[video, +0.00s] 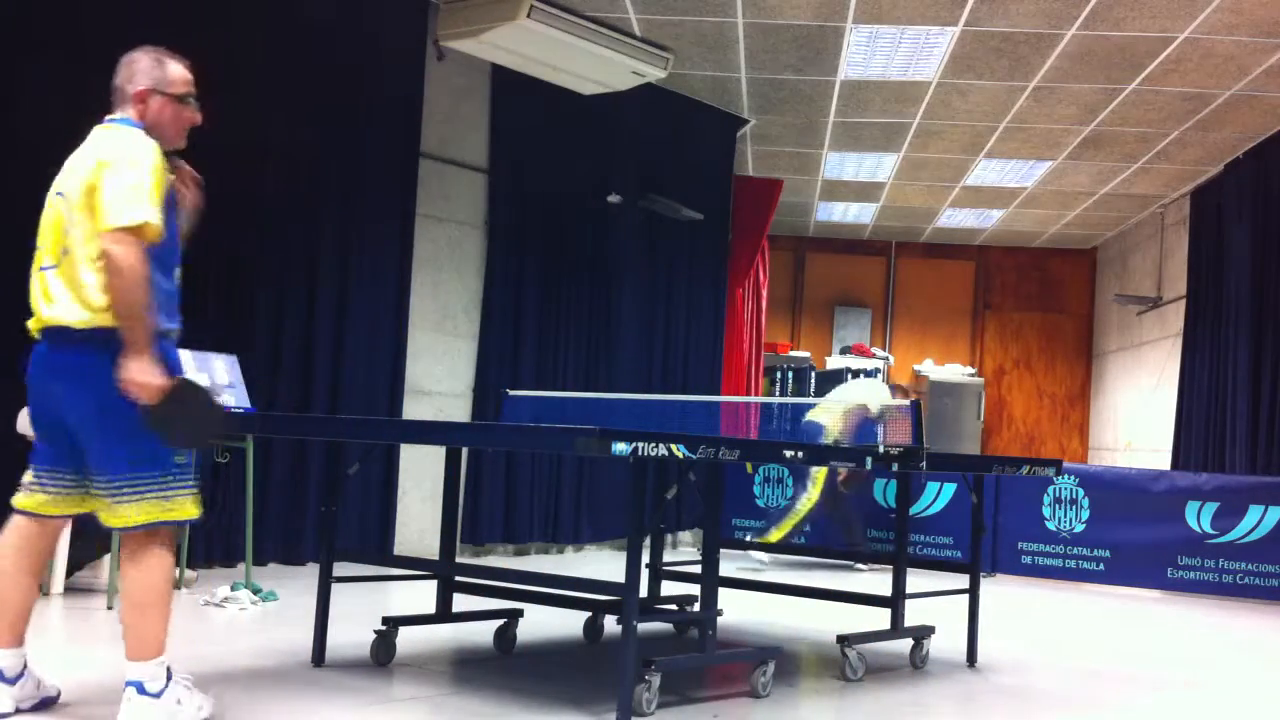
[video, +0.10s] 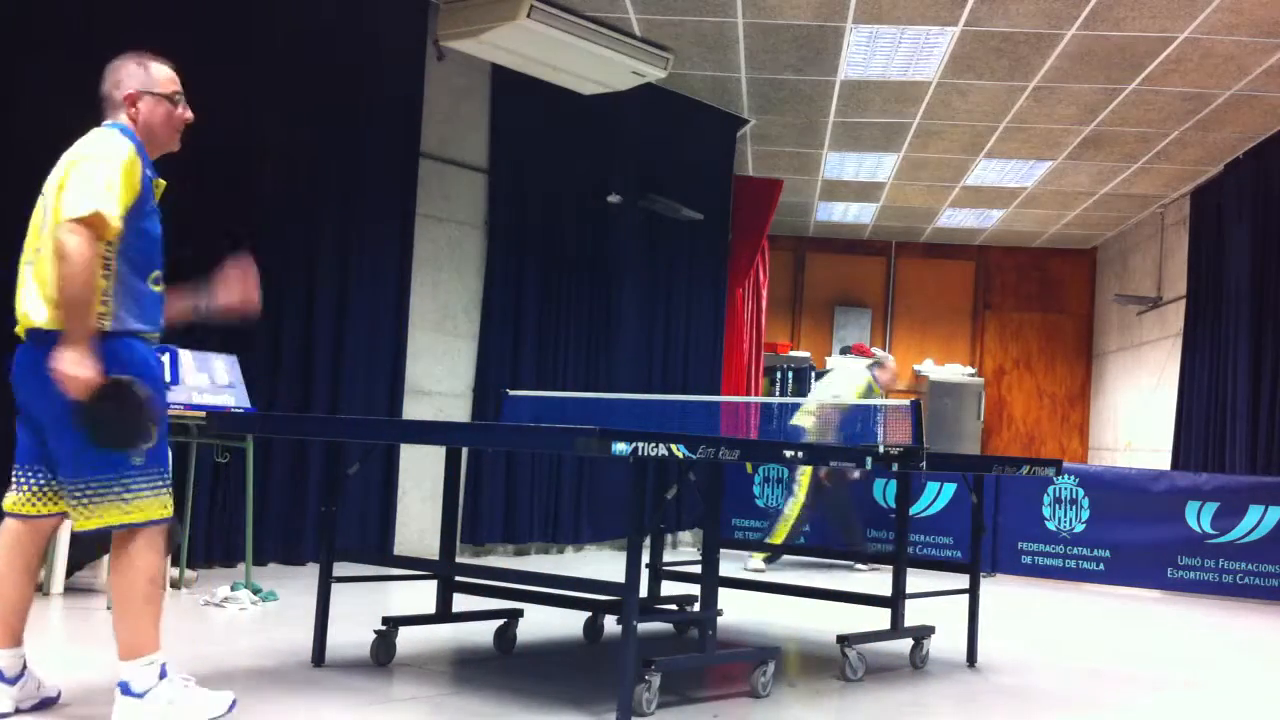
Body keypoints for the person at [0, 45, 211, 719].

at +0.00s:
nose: (196, 113)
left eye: (195, 100)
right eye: (186, 99)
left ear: (136, 103)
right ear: (145, 100)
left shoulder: (93, 150)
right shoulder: (133, 152)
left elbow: (134, 262)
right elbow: (121, 253)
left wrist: (176, 216)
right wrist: (140, 352)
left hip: (56, 360)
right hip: (109, 362)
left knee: (38, 510)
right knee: (150, 524)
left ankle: (6, 670)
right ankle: (149, 684)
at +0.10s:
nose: (188, 113)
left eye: (185, 100)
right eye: (177, 99)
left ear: (132, 105)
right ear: (136, 101)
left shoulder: (114, 164)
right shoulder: (113, 151)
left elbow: (120, 300)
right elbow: (78, 234)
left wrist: (210, 298)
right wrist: (76, 341)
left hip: (50, 357)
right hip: (102, 360)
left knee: (31, 511)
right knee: (145, 516)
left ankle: (6, 671)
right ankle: (145, 681)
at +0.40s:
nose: (192, 112)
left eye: (190, 99)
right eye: (186, 98)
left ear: (137, 100)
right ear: (160, 99)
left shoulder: (102, 150)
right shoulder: (119, 151)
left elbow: (66, 261)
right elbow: (45, 244)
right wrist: (6, 333)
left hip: (52, 353)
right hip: (100, 357)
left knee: (23, 518)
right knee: (111, 525)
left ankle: (7, 673)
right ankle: (89, 690)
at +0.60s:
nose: (203, 102)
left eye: (201, 89)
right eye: (198, 88)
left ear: (145, 90)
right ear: (173, 90)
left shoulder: (106, 147)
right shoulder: (138, 152)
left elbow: (91, 273)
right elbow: (101, 257)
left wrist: (181, 298)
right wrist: (114, 363)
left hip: (65, 354)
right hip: (109, 357)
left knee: (46, 528)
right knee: (100, 533)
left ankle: (10, 674)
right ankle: (88, 693)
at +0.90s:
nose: (227, 94)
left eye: (225, 83)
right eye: (224, 83)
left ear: (155, 84)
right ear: (203, 84)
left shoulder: (123, 135)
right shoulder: (178, 149)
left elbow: (174, 185)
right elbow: (175, 255)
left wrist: (231, 147)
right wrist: (241, 342)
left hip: (90, 349)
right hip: (133, 355)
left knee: (121, 519)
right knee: (115, 523)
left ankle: (101, 674)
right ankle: (87, 689)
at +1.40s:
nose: (282, 114)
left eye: (281, 100)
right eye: (276, 99)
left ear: (227, 99)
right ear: (242, 99)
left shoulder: (171, 151)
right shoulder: (203, 158)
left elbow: (152, 271)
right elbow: (190, 258)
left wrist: (218, 326)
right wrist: (288, 309)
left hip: (131, 362)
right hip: (170, 365)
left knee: (158, 530)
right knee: (196, 532)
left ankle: (125, 679)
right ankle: (156, 698)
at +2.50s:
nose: (182, 96)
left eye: (180, 83)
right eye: (180, 82)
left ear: (110, 80)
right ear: (163, 76)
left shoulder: (77, 142)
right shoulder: (138, 129)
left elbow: (112, 248)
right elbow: (160, 220)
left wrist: (211, 234)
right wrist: (241, 258)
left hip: (48, 358)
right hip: (129, 358)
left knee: (33, 532)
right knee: (154, 535)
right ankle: (138, 704)